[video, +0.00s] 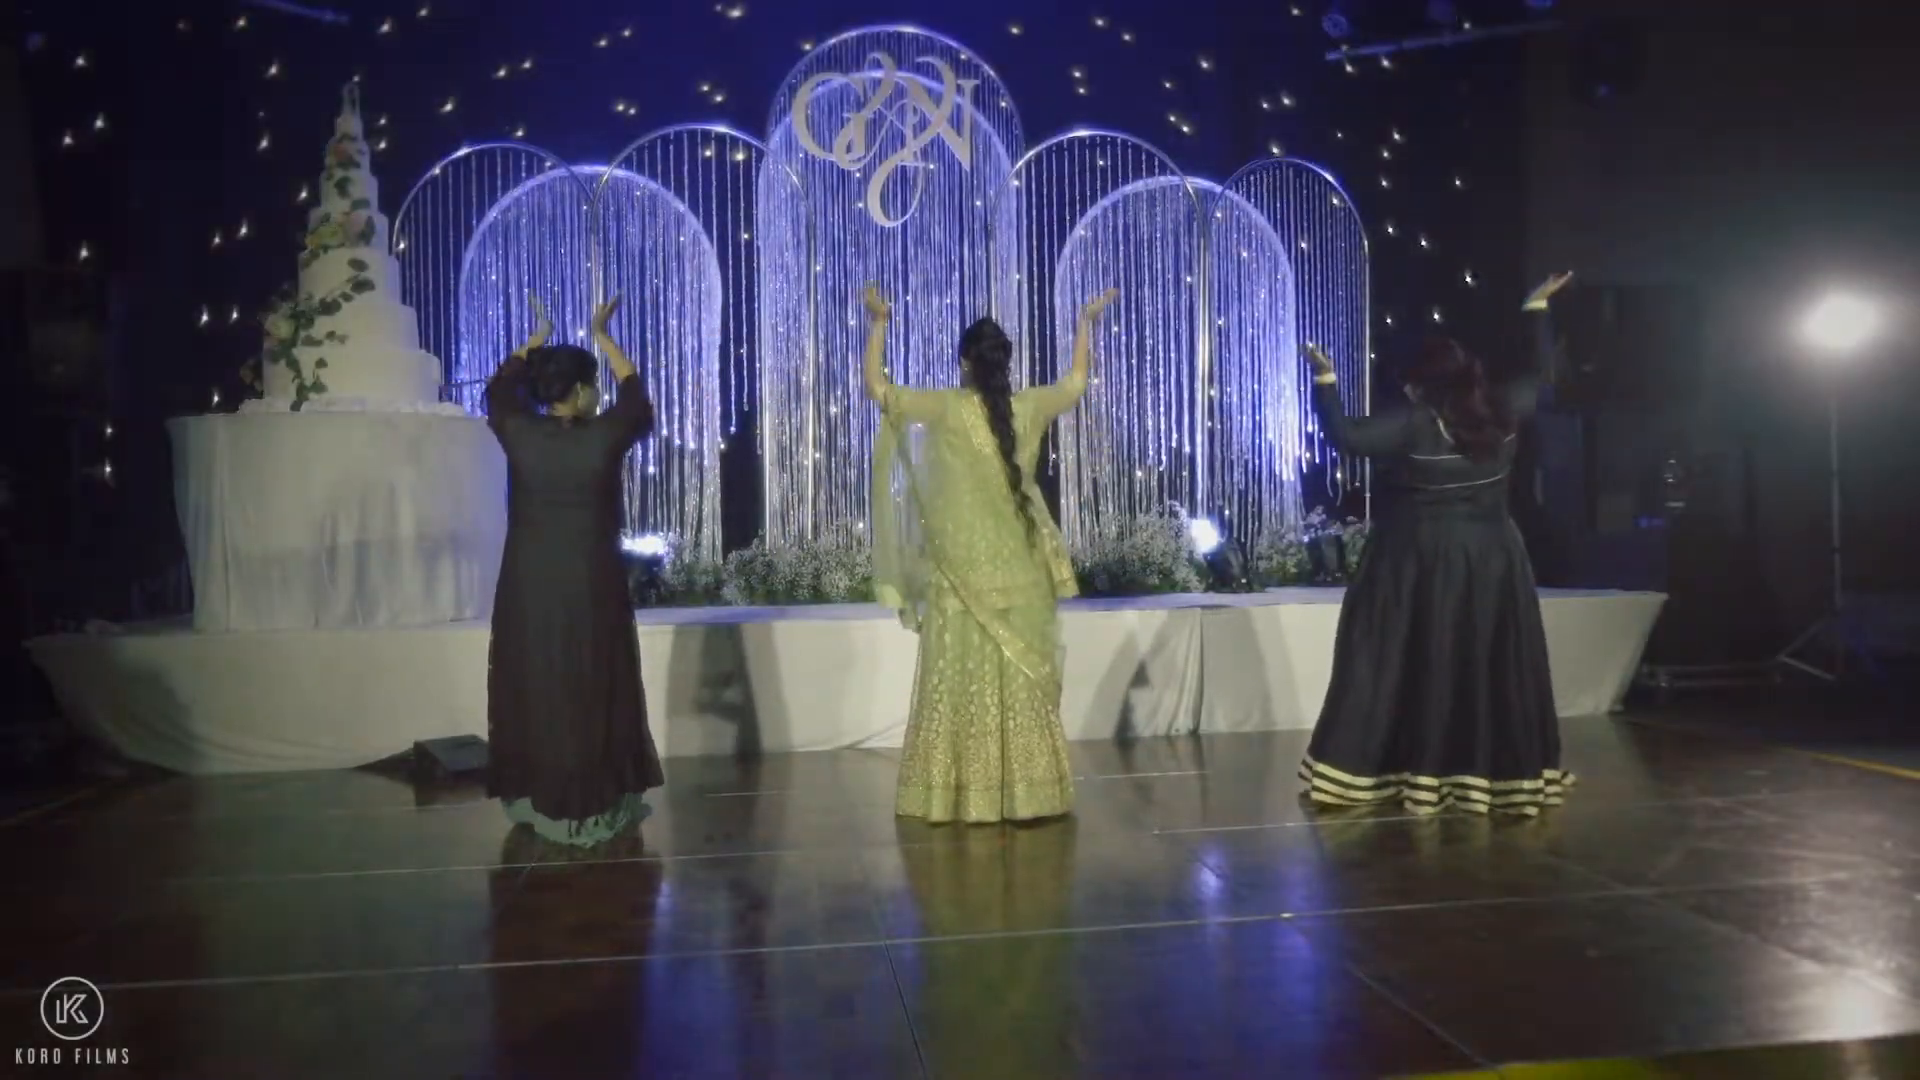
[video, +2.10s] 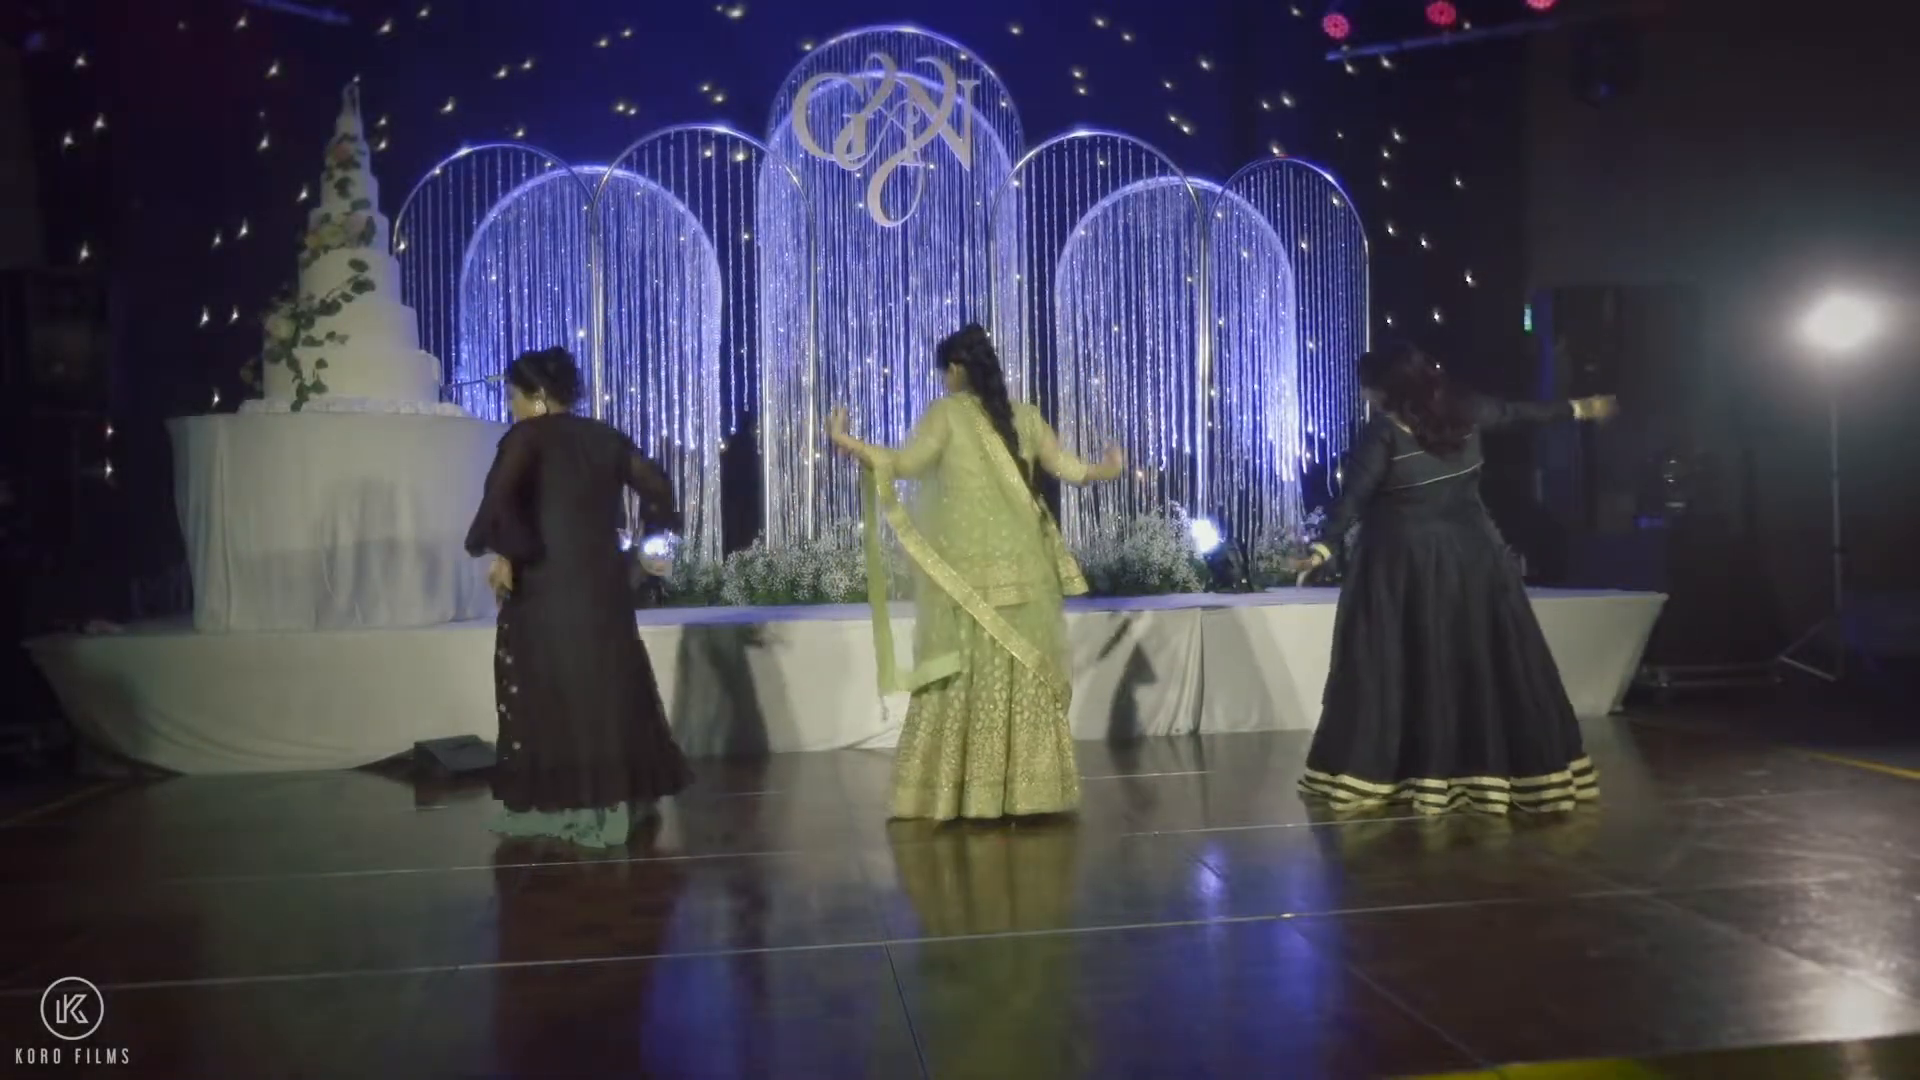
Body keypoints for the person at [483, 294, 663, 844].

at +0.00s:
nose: (595, 394)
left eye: (591, 386)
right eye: (590, 387)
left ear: (539, 393)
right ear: (577, 394)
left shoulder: (519, 435)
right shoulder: (605, 438)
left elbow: (501, 388)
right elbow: (637, 400)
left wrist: (529, 346)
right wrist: (607, 339)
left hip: (530, 577)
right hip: (589, 578)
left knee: (533, 685)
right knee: (597, 685)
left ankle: (536, 803)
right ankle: (598, 805)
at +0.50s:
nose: (564, 397)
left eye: (553, 390)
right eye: (585, 384)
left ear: (551, 393)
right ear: (596, 386)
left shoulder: (537, 435)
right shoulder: (630, 424)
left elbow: (466, 424)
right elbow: (685, 381)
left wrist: (455, 380)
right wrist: (661, 344)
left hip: (565, 585)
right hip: (627, 582)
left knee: (557, 696)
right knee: (621, 693)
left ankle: (562, 817)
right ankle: (622, 811)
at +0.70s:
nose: (552, 408)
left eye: (551, 399)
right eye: (557, 398)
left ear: (554, 401)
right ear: (599, 390)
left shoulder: (549, 453)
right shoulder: (639, 426)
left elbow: (474, 481)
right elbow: (695, 394)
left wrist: (422, 445)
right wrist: (689, 355)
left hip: (585, 592)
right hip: (646, 588)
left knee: (578, 696)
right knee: (636, 692)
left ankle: (582, 812)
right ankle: (634, 806)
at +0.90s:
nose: (545, 419)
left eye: (544, 409)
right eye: (546, 409)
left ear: (552, 408)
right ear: (593, 398)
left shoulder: (548, 466)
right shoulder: (639, 432)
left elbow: (505, 532)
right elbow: (696, 435)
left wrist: (433, 529)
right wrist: (693, 394)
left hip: (591, 593)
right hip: (653, 588)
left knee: (578, 693)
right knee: (640, 691)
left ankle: (578, 810)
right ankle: (635, 807)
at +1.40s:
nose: (541, 427)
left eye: (540, 417)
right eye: (540, 418)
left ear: (549, 413)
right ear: (588, 402)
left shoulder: (548, 467)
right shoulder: (637, 432)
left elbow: (518, 544)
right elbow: (688, 468)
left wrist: (457, 580)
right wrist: (728, 450)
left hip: (596, 594)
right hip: (656, 587)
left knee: (578, 694)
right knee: (648, 690)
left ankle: (585, 811)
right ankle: (648, 802)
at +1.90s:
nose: (533, 417)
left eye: (533, 408)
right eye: (533, 408)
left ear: (544, 403)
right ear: (583, 398)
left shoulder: (536, 447)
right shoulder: (627, 435)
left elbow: (488, 513)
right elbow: (688, 483)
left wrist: (471, 556)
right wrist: (689, 515)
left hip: (569, 593)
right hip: (634, 590)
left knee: (567, 697)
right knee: (633, 694)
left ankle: (574, 811)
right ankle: (639, 807)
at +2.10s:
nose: (510, 406)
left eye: (513, 396)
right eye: (510, 396)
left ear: (536, 395)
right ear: (564, 394)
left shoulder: (524, 438)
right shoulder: (604, 436)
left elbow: (498, 497)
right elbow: (656, 484)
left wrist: (502, 552)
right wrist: (656, 542)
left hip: (548, 592)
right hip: (603, 588)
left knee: (553, 695)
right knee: (608, 693)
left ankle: (571, 810)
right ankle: (622, 805)